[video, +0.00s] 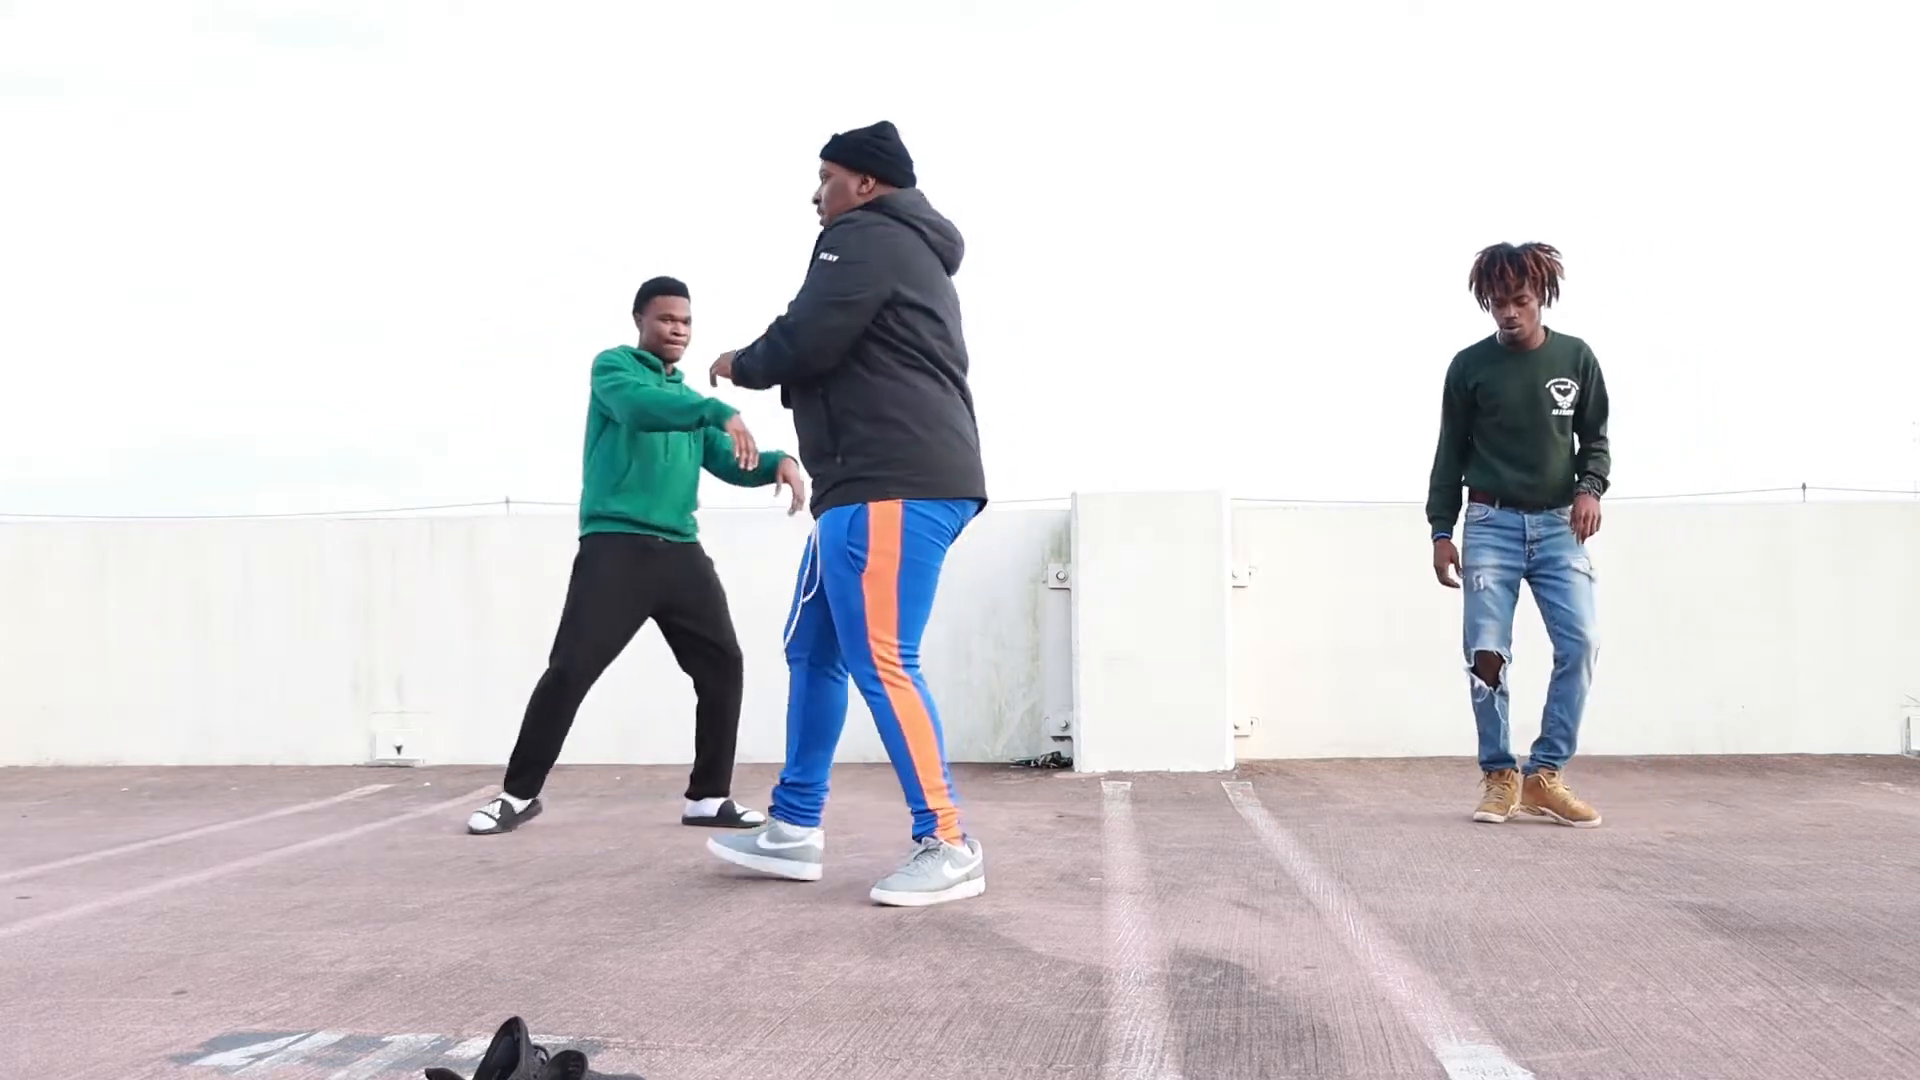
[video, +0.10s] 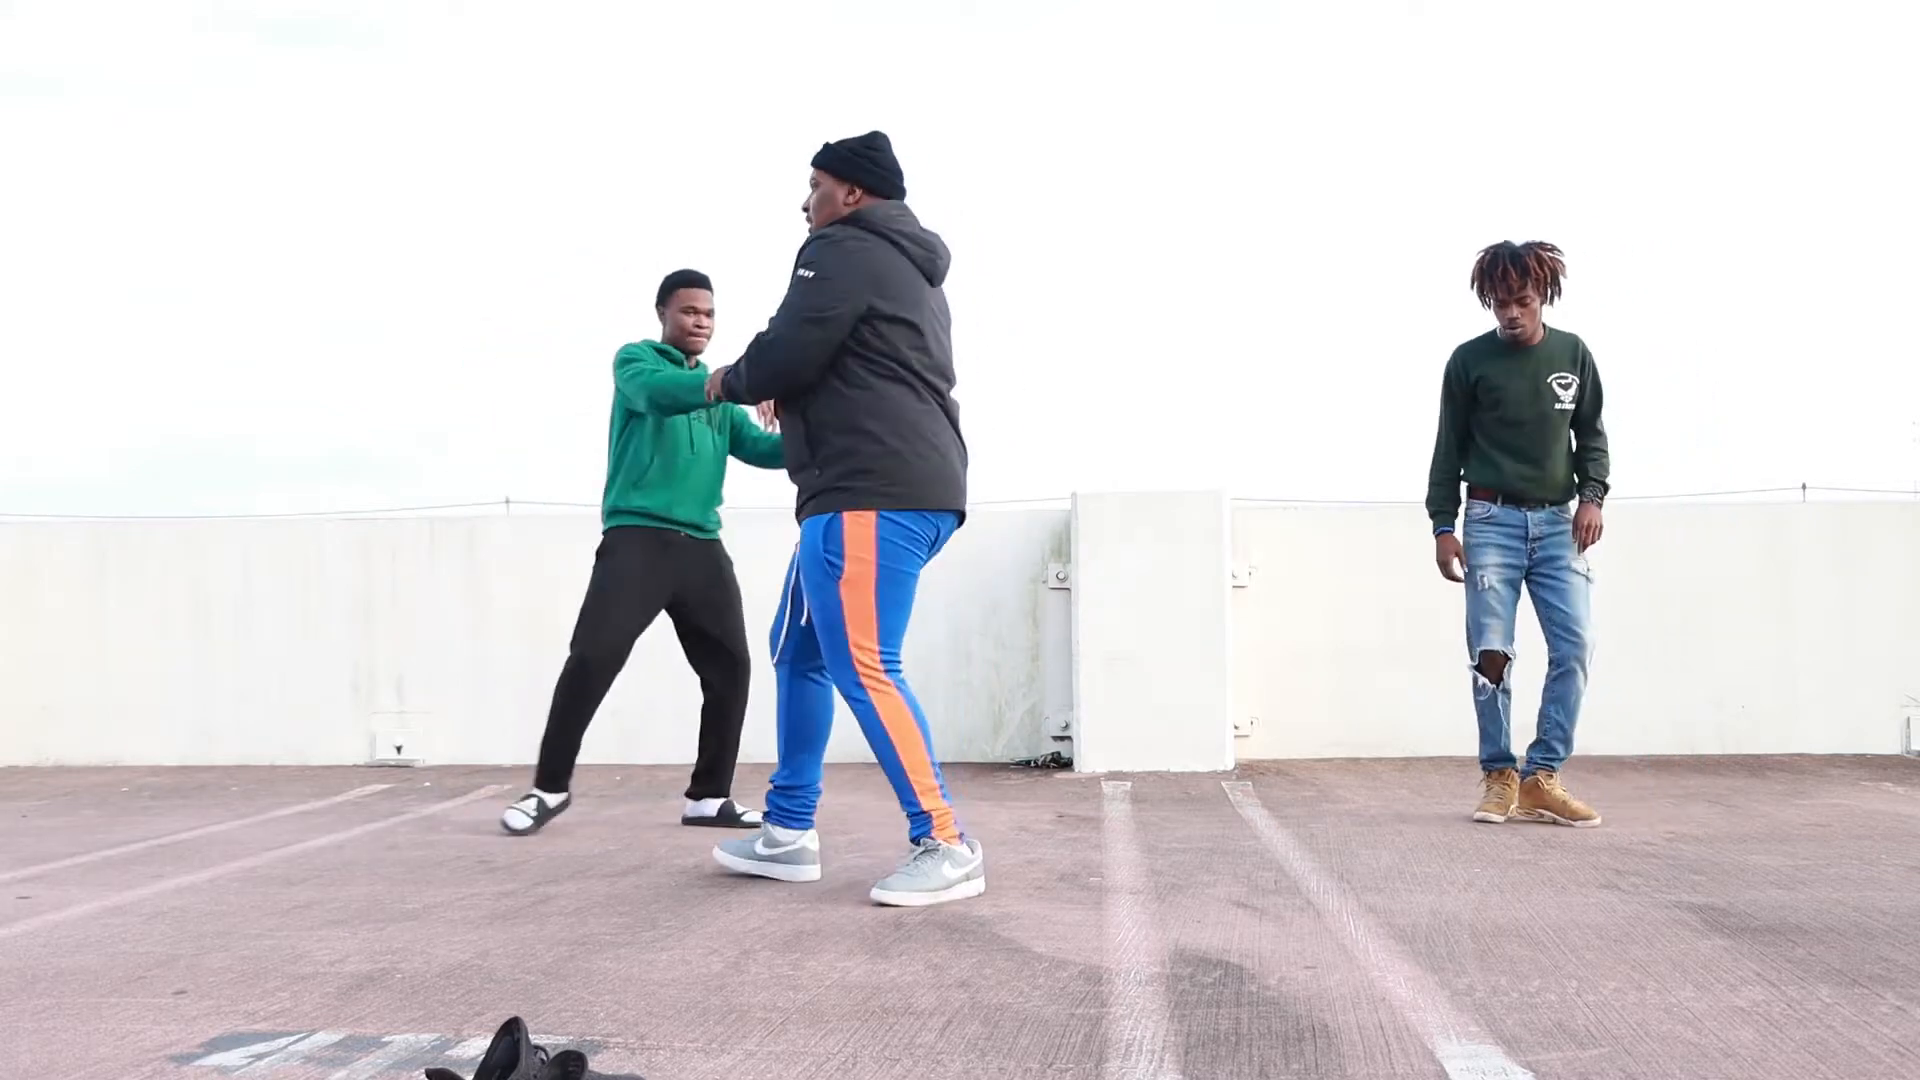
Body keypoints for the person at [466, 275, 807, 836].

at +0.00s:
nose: (675, 329)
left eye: (683, 321)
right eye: (664, 319)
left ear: (690, 329)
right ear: (639, 321)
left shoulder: (691, 398)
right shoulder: (615, 365)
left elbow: (728, 461)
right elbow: (639, 404)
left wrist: (777, 461)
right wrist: (720, 412)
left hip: (681, 551)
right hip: (616, 545)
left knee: (722, 667)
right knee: (570, 670)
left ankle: (708, 798)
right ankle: (518, 794)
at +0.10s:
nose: (699, 322)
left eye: (707, 314)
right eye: (688, 311)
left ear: (714, 323)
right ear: (661, 315)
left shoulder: (717, 394)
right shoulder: (636, 358)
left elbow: (758, 446)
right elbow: (649, 389)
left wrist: (818, 440)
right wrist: (723, 385)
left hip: (702, 548)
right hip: (636, 538)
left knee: (729, 670)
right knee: (592, 660)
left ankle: (708, 797)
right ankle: (550, 789)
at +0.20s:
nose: (716, 313)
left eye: (724, 305)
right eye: (706, 303)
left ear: (731, 311)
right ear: (678, 302)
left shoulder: (740, 364)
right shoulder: (650, 347)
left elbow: (774, 407)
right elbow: (659, 374)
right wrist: (748, 348)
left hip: (717, 536)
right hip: (651, 526)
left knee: (729, 666)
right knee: (624, 651)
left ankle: (708, 797)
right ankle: (608, 796)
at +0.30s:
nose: (729, 308)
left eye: (738, 299)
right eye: (719, 295)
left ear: (747, 303)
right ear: (694, 293)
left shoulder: (748, 350)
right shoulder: (658, 342)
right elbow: (668, 363)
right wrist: (733, 319)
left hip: (734, 520)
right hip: (668, 512)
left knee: (727, 662)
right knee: (667, 652)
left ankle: (710, 796)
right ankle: (663, 797)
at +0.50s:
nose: (721, 300)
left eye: (729, 290)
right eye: (714, 288)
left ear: (744, 294)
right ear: (701, 291)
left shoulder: (757, 346)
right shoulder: (674, 349)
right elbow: (673, 394)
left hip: (749, 504)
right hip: (699, 504)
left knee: (728, 648)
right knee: (722, 648)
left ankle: (708, 785)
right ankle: (740, 795)